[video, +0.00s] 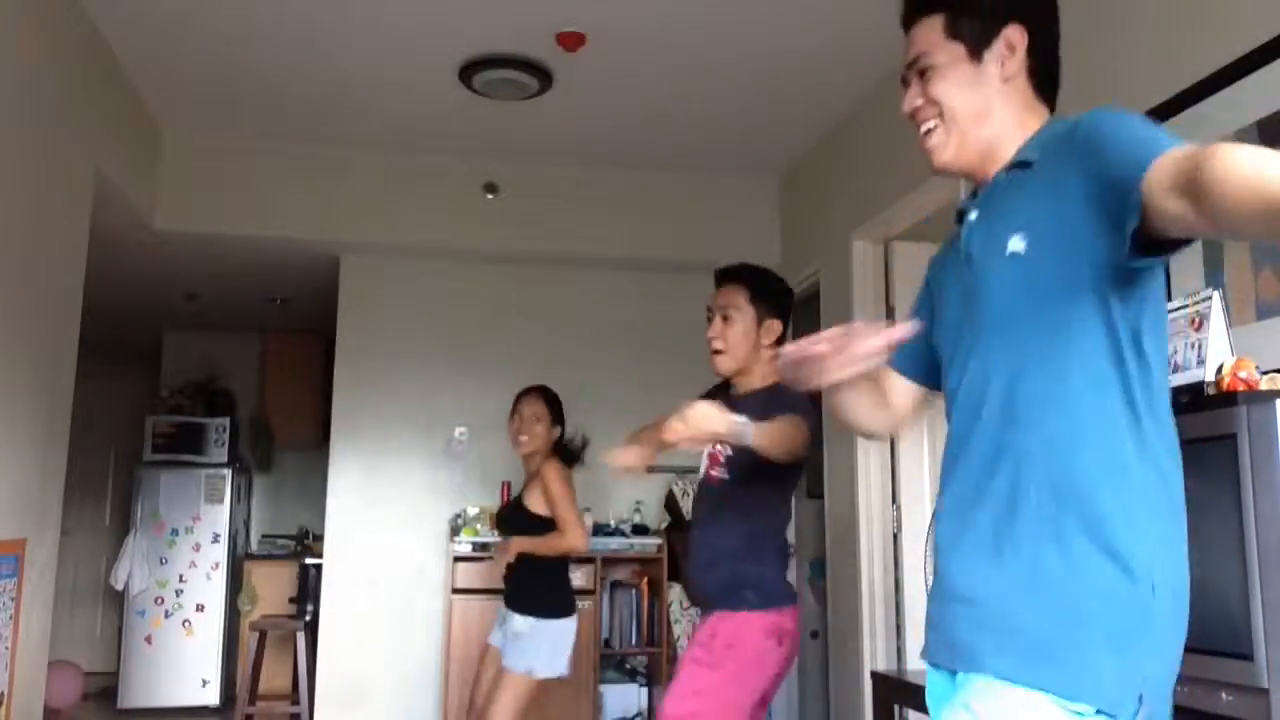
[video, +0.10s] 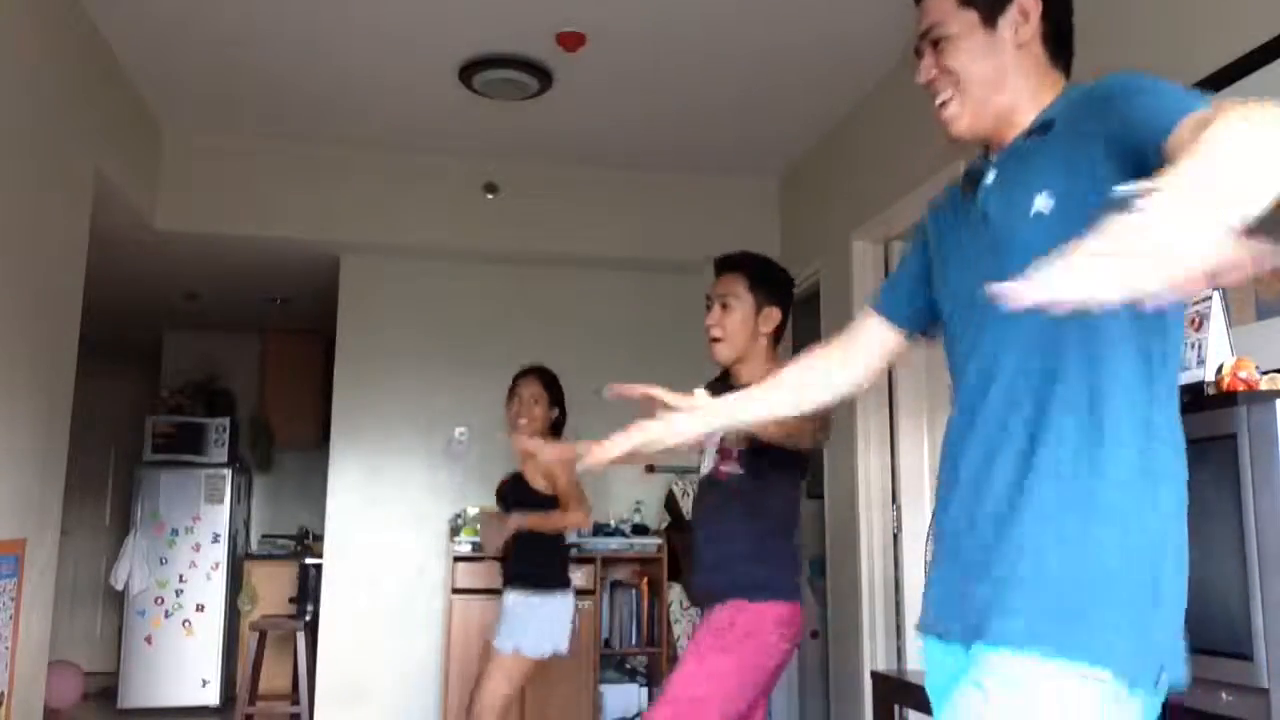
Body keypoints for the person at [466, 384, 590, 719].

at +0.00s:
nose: (522, 426)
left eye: (534, 419)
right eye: (517, 417)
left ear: (555, 431)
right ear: (510, 423)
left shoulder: (551, 470)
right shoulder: (533, 473)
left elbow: (576, 539)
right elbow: (555, 532)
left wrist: (517, 544)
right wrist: (514, 544)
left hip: (542, 618)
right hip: (515, 611)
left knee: (499, 713)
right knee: (479, 707)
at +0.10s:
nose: (522, 409)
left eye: (535, 401)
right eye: (516, 399)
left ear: (554, 414)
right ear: (508, 407)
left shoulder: (553, 454)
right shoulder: (531, 459)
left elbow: (580, 516)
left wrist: (520, 520)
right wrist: (511, 524)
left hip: (540, 597)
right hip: (526, 593)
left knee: (488, 702)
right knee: (504, 699)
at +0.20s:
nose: (523, 391)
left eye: (535, 383)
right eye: (518, 382)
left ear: (555, 396)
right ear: (510, 390)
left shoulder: (551, 440)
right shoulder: (525, 446)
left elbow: (588, 490)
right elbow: (514, 501)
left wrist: (522, 497)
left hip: (542, 574)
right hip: (525, 572)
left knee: (503, 690)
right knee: (511, 689)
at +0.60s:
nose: (527, 391)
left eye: (537, 381)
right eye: (522, 382)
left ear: (559, 385)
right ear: (516, 386)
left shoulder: (562, 432)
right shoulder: (539, 436)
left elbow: (554, 496)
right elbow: (503, 472)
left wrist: (500, 494)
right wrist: (463, 454)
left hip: (552, 568)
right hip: (531, 567)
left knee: (525, 689)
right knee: (505, 687)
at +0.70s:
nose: (531, 403)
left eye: (542, 393)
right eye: (526, 394)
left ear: (566, 399)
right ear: (520, 398)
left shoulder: (566, 441)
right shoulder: (541, 443)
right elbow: (505, 466)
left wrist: (480, 463)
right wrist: (483, 462)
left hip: (557, 583)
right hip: (523, 581)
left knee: (535, 696)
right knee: (515, 689)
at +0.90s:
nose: (537, 419)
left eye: (548, 410)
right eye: (533, 410)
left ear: (571, 418)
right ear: (527, 413)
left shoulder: (571, 460)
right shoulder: (542, 464)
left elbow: (494, 457)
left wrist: (481, 445)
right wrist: (511, 517)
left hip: (562, 602)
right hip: (524, 598)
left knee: (544, 705)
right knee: (517, 703)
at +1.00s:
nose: (546, 399)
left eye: (558, 391)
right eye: (542, 390)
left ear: (579, 400)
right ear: (536, 394)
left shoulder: (571, 437)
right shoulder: (552, 440)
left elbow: (507, 445)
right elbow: (533, 486)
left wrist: (446, 437)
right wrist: (488, 488)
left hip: (563, 579)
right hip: (543, 577)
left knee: (539, 694)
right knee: (527, 688)